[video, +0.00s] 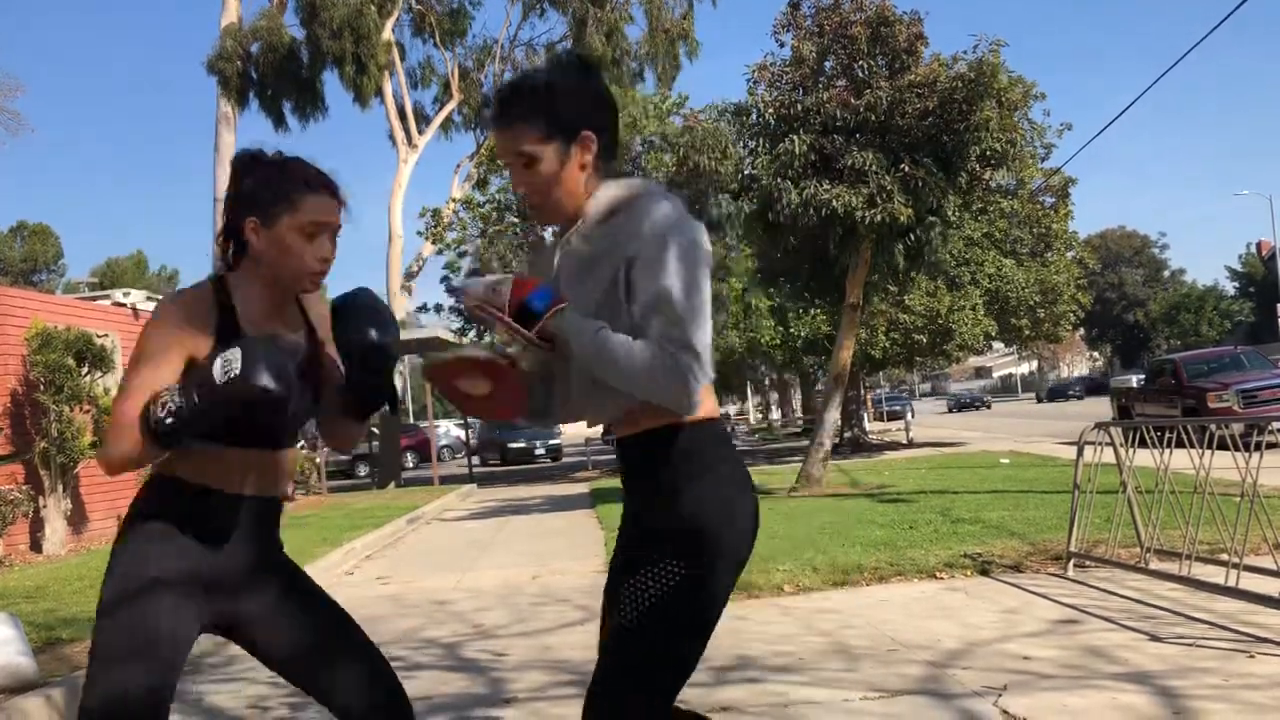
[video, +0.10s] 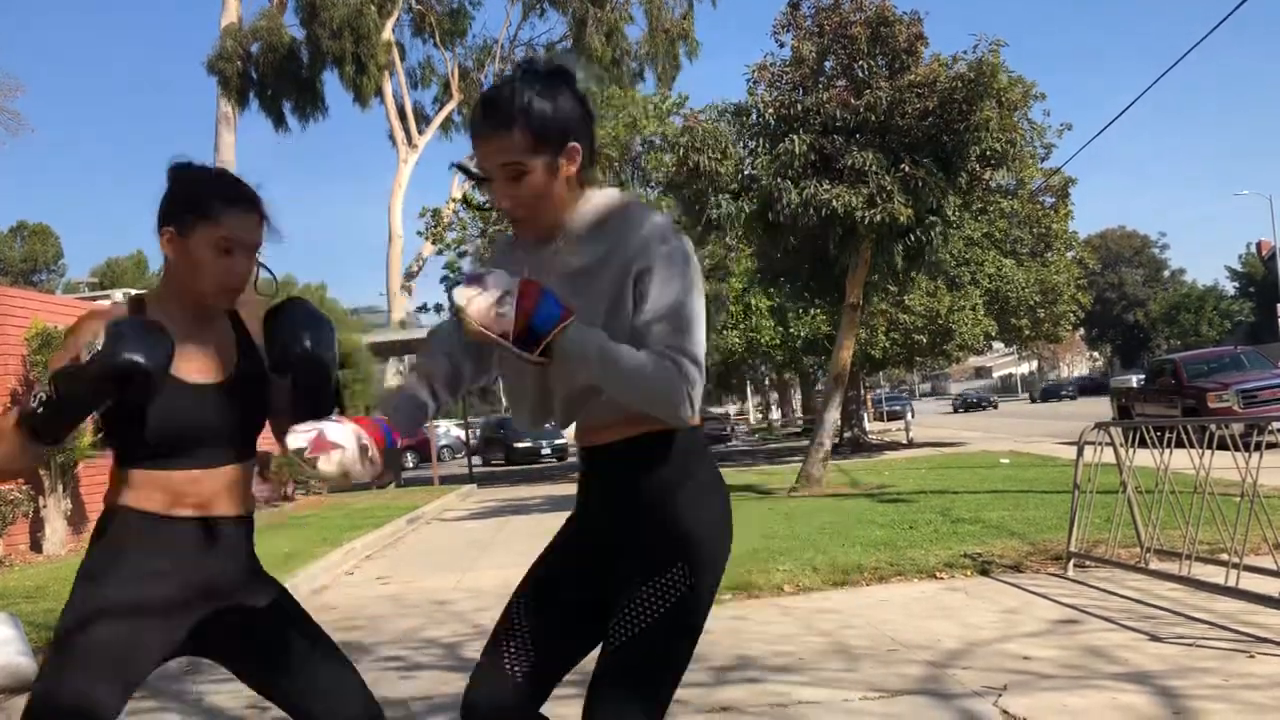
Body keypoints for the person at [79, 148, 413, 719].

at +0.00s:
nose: (329, 253)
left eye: (334, 236)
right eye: (313, 233)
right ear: (253, 232)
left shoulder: (312, 313)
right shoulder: (186, 315)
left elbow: (342, 437)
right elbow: (115, 450)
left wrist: (368, 374)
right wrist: (199, 403)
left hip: (256, 555)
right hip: (168, 551)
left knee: (382, 703)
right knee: (119, 711)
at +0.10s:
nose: (244, 269)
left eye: (252, 253)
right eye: (226, 249)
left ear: (260, 251)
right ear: (172, 242)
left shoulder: (255, 323)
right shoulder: (107, 329)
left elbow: (296, 435)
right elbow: (13, 457)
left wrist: (313, 371)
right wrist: (82, 391)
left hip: (234, 569)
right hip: (133, 570)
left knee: (354, 710)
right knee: (59, 711)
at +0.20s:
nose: (178, 268)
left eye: (188, 251)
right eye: (163, 247)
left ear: (197, 247)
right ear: (105, 231)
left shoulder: (193, 320)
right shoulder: (50, 320)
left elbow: (233, 444)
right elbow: (1, 404)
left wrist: (255, 380)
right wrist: (31, 348)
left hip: (184, 567)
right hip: (71, 572)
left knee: (299, 713)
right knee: (18, 708)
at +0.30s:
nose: (90, 238)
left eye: (100, 223)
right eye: (74, 216)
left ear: (108, 225)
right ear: (15, 199)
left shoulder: (100, 299)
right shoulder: (6, 297)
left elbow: (127, 416)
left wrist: (168, 394)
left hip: (92, 538)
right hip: (9, 545)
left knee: (212, 694)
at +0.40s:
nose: (7, 181)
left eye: (18, 167)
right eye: (2, 161)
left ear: (31, 167)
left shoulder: (29, 236)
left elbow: (64, 372)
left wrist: (84, 301)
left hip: (12, 489)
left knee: (73, 672)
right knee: (67, 666)